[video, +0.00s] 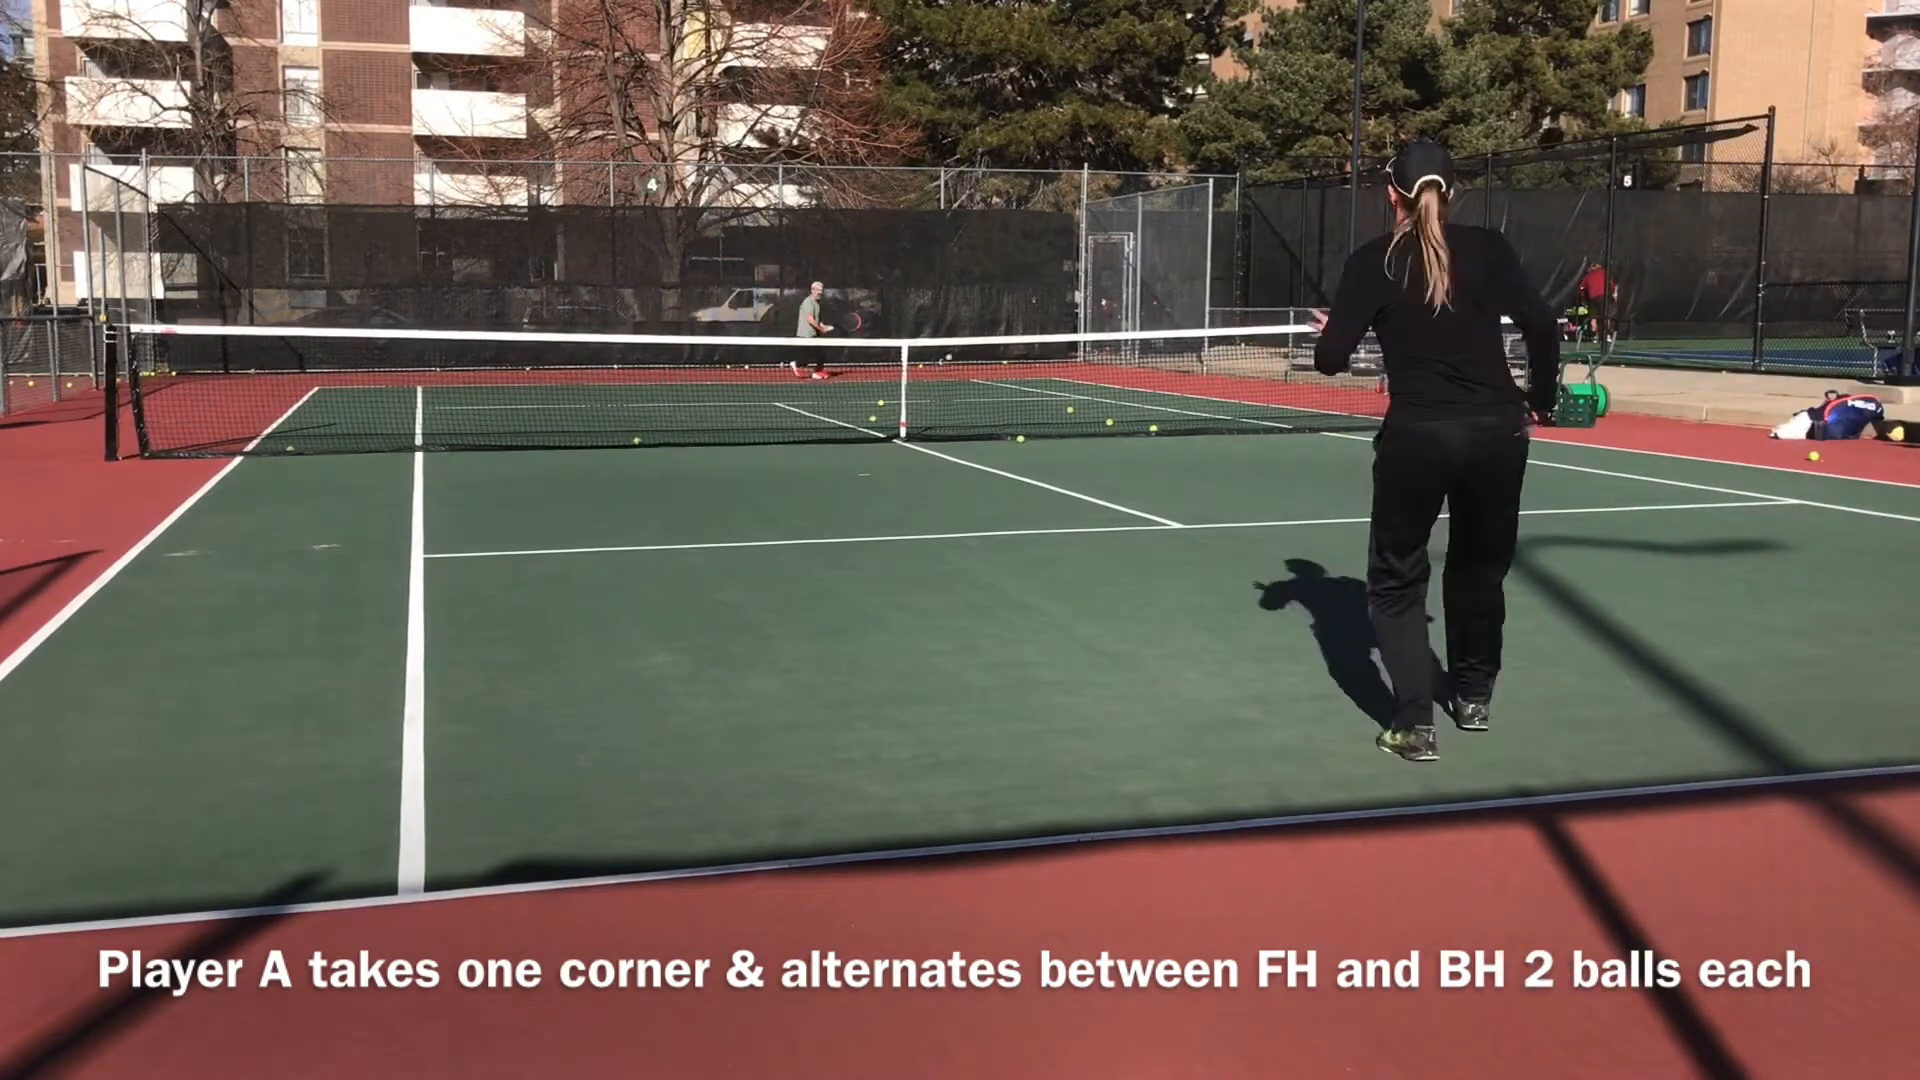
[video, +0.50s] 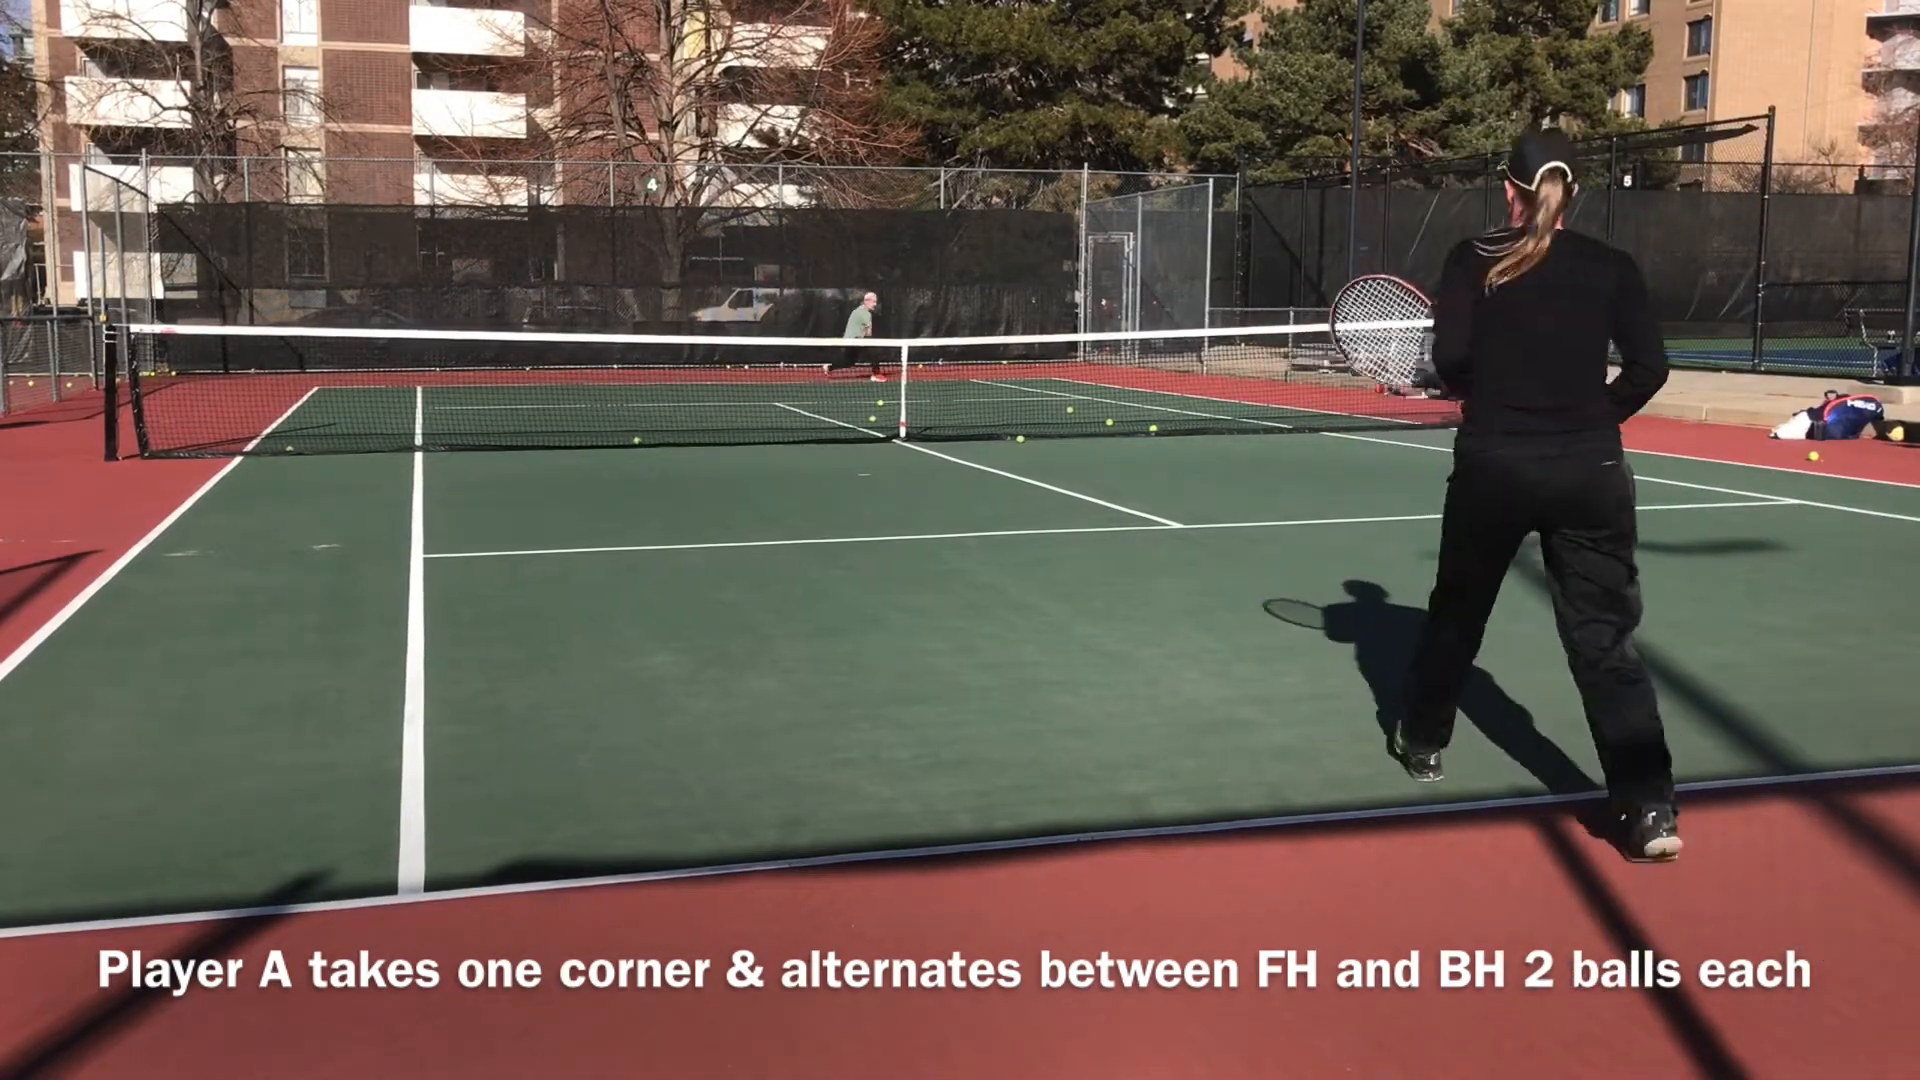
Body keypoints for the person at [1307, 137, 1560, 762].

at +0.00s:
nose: (1388, 198)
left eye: (1388, 190)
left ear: (1395, 195)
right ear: (1450, 193)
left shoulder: (1375, 259)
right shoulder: (1488, 246)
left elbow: (1330, 358)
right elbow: (1541, 324)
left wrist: (1332, 334)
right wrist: (1542, 396)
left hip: (1415, 436)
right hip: (1496, 435)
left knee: (1397, 577)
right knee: (1480, 566)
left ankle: (1415, 723)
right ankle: (1475, 695)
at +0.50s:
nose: (1503, 197)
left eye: (1505, 188)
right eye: (1512, 186)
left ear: (1512, 192)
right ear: (1570, 194)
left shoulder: (1473, 258)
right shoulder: (1611, 266)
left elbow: (1449, 361)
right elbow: (1650, 367)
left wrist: (1472, 386)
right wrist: (1597, 414)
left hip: (1494, 470)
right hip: (1590, 472)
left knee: (1457, 609)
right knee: (1606, 638)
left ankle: (1423, 740)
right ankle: (1650, 810)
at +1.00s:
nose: (1491, 219)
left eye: (1493, 209)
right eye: (1496, 207)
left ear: (1504, 213)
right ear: (1567, 214)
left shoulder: (1482, 285)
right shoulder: (1623, 283)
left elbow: (1485, 407)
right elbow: (1697, 377)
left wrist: (1488, 445)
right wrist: (1655, 459)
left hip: (1562, 505)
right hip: (1662, 499)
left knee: (1473, 711)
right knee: (1698, 693)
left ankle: (1473, 888)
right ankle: (1803, 878)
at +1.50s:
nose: (1090, 208)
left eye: (1090, 192)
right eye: (1091, 192)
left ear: (1107, 191)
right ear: (1153, 181)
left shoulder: (1168, 248)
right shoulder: (1181, 253)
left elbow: (1240, 349)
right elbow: (1214, 405)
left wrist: (1114, 374)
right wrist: (1133, 476)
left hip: (1202, 511)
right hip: (1249, 511)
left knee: (1106, 718)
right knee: (1200, 735)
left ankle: (1057, 949)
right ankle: (1364, 890)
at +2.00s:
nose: (731, 228)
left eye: (732, 213)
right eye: (727, 214)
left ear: (758, 205)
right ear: (783, 199)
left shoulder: (817, 255)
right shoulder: (776, 263)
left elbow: (785, 329)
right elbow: (691, 271)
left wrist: (708, 245)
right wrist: (609, 243)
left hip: (817, 521)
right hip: (787, 522)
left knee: (794, 746)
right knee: (677, 666)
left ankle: (982, 904)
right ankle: (650, 871)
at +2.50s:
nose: (627, 151)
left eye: (626, 137)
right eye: (633, 136)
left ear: (641, 142)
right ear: (705, 132)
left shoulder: (668, 200)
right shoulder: (771, 207)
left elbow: (673, 253)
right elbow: (883, 219)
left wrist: (684, 293)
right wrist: (997, 211)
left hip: (697, 482)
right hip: (772, 481)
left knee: (646, 702)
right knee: (686, 684)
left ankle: (688, 946)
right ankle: (644, 870)